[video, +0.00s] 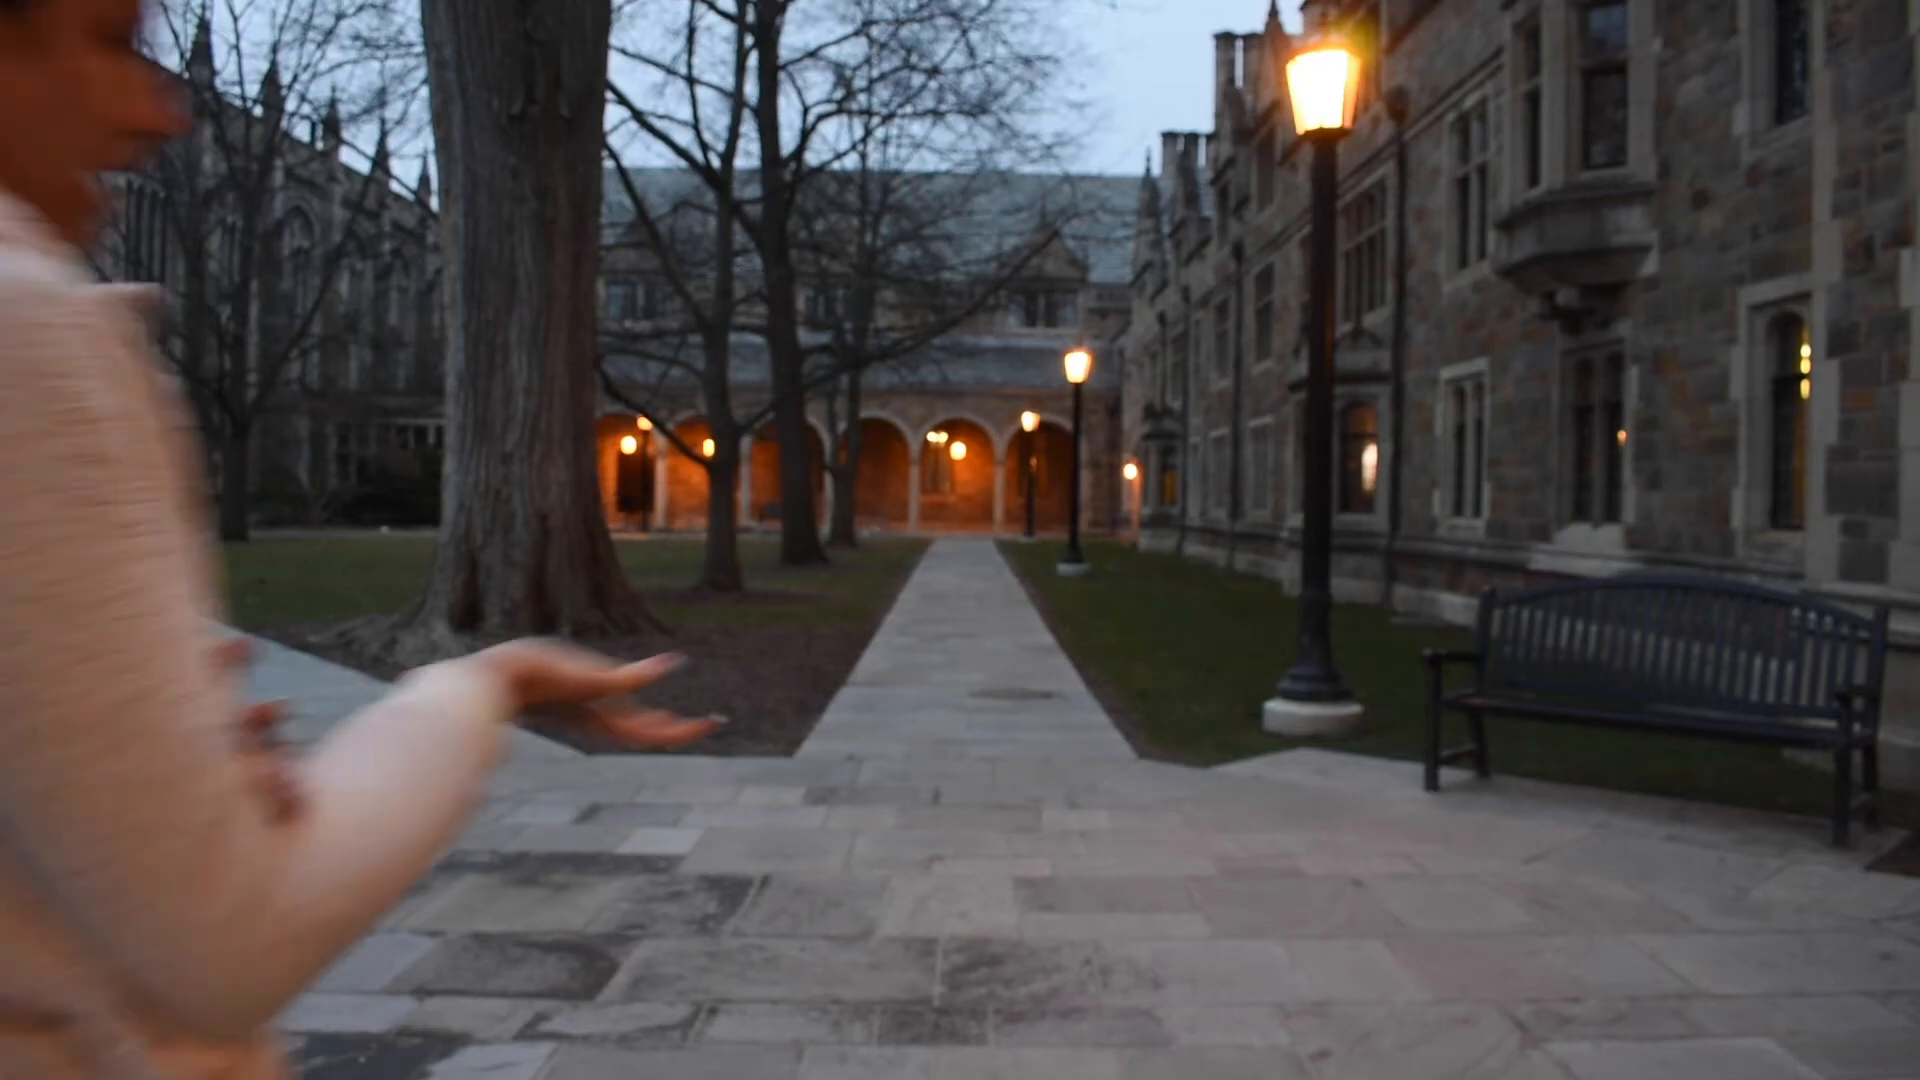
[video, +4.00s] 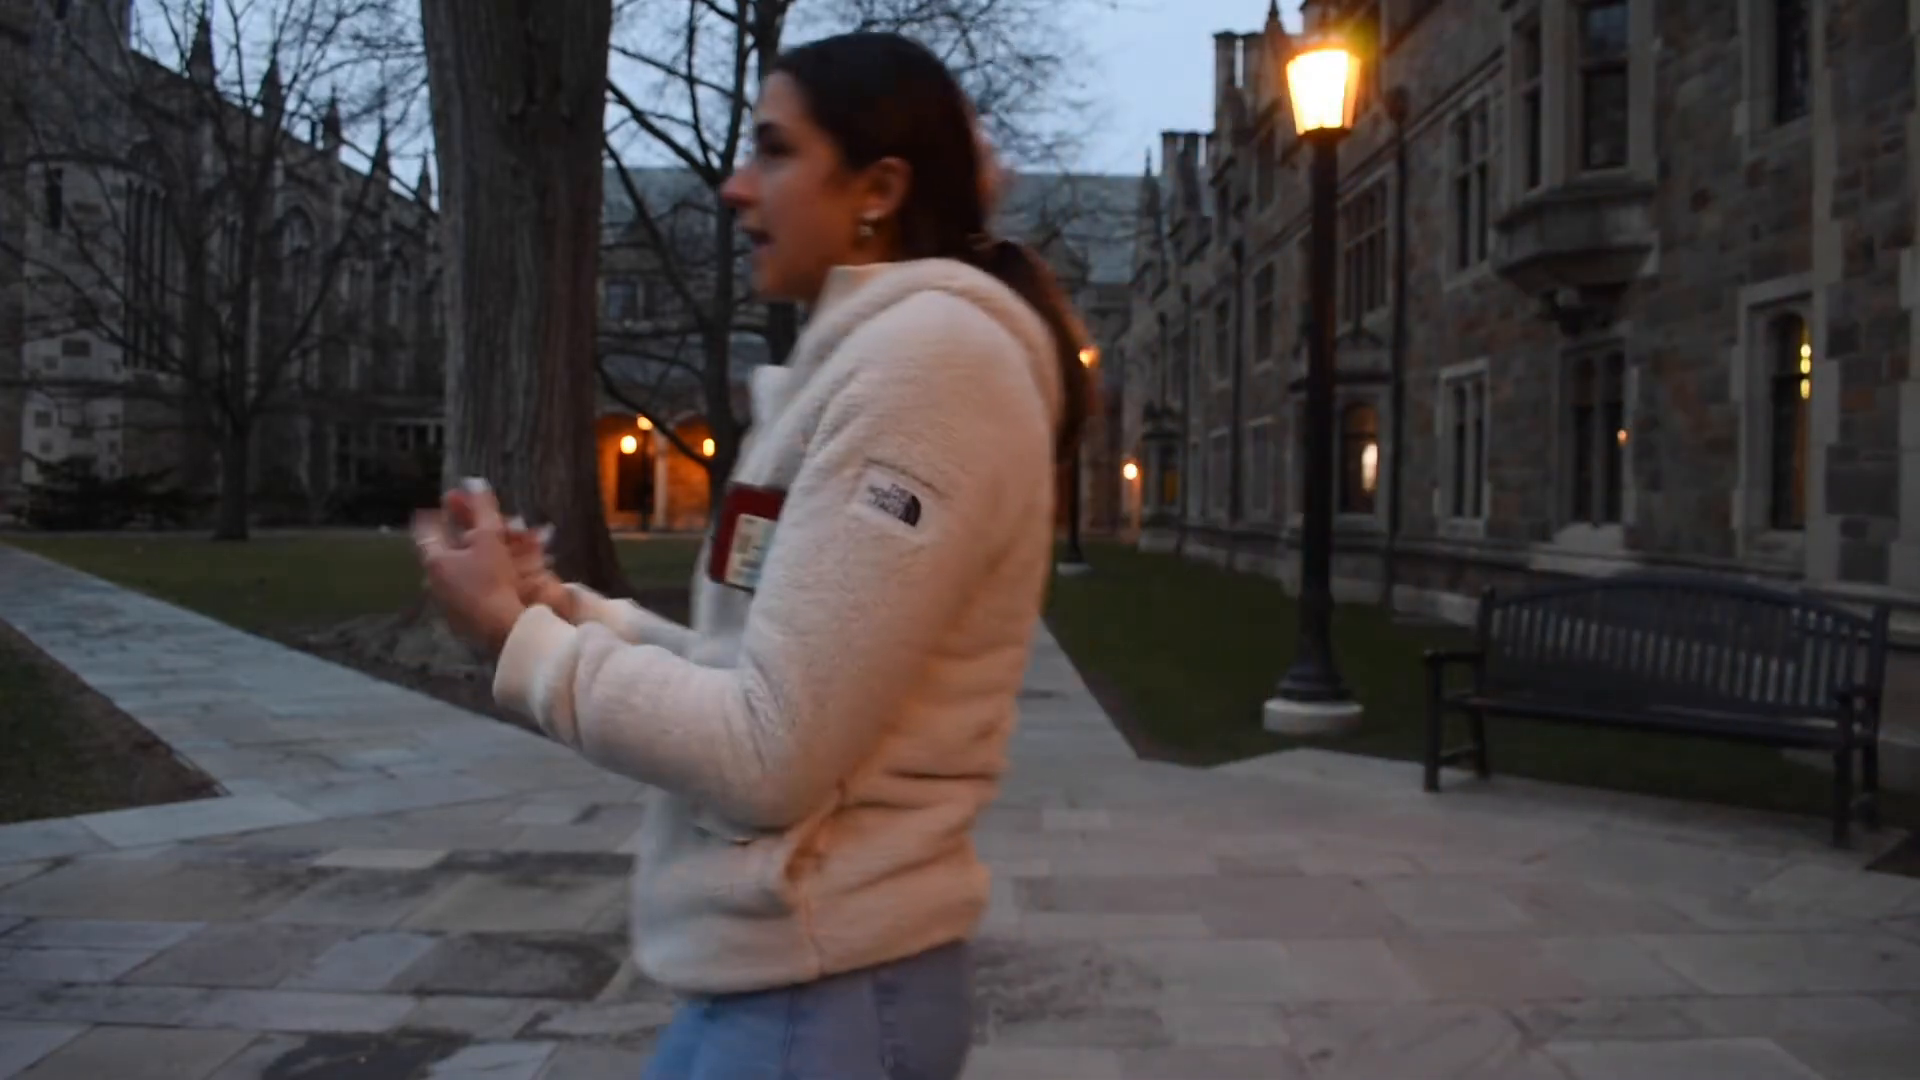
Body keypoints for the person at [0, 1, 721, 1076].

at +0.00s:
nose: (164, 107)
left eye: (143, 46)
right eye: (116, 40)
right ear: (11, 40)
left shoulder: (42, 316)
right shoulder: (32, 322)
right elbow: (222, 946)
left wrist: (170, 754)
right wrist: (483, 686)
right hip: (90, 1051)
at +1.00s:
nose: (1196, 195)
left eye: (1189, 150)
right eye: (1169, 142)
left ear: (1057, 141)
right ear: (1056, 137)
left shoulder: (930, 334)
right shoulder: (1026, 354)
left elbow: (935, 737)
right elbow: (1170, 835)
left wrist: (1160, 697)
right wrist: (1428, 676)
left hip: (930, 1014)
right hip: (1030, 1037)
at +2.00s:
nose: (1656, 203)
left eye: (1666, 164)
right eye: (1655, 167)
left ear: (1749, 161)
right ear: (1861, 153)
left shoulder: (1692, 357)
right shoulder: (1898, 310)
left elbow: (1547, 728)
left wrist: (1551, 567)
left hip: (1760, 991)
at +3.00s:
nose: (1361, 199)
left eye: (1403, 153)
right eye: (1368, 158)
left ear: (1524, 172)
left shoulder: (1631, 354)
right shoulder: (1485, 369)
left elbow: (1485, 811)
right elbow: (1440, 723)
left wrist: (1180, 718)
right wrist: (1194, 681)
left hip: (1547, 1036)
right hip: (1431, 1026)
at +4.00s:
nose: (736, 188)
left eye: (774, 151)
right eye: (750, 152)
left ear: (879, 188)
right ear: (864, 194)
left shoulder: (932, 357)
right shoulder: (869, 351)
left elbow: (770, 751)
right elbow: (758, 678)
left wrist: (515, 632)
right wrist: (554, 600)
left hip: (828, 1001)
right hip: (783, 984)